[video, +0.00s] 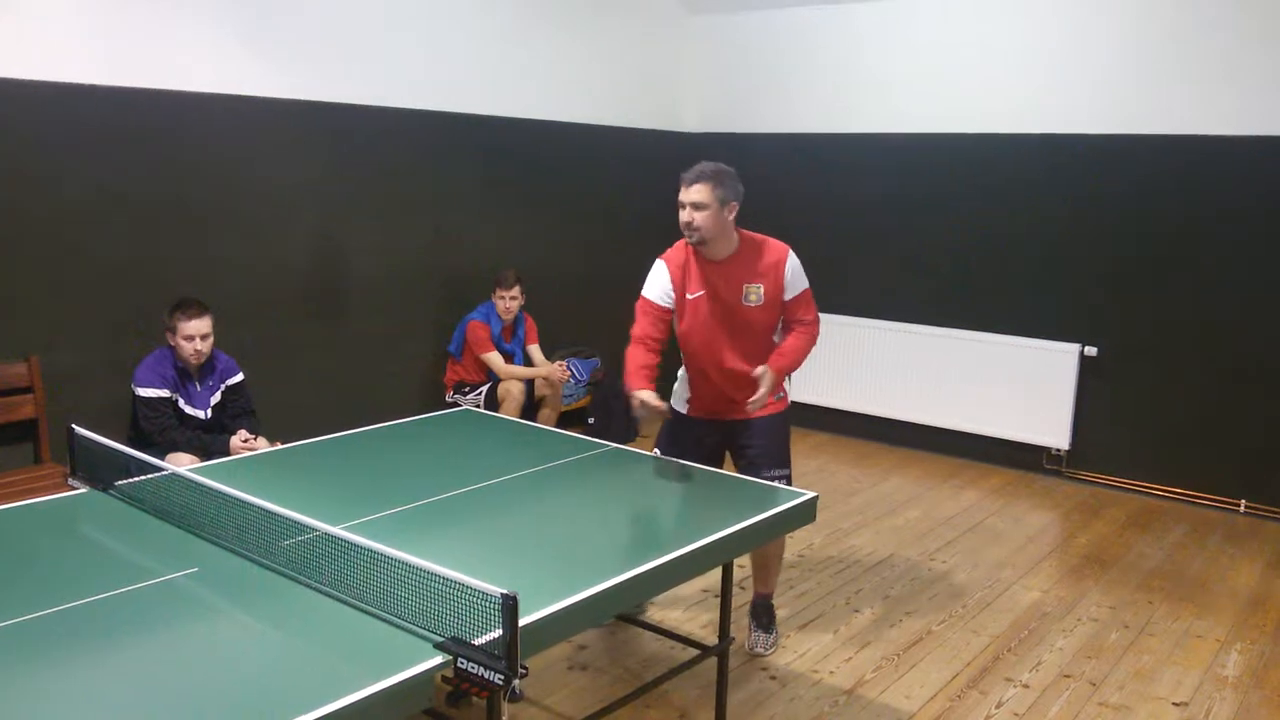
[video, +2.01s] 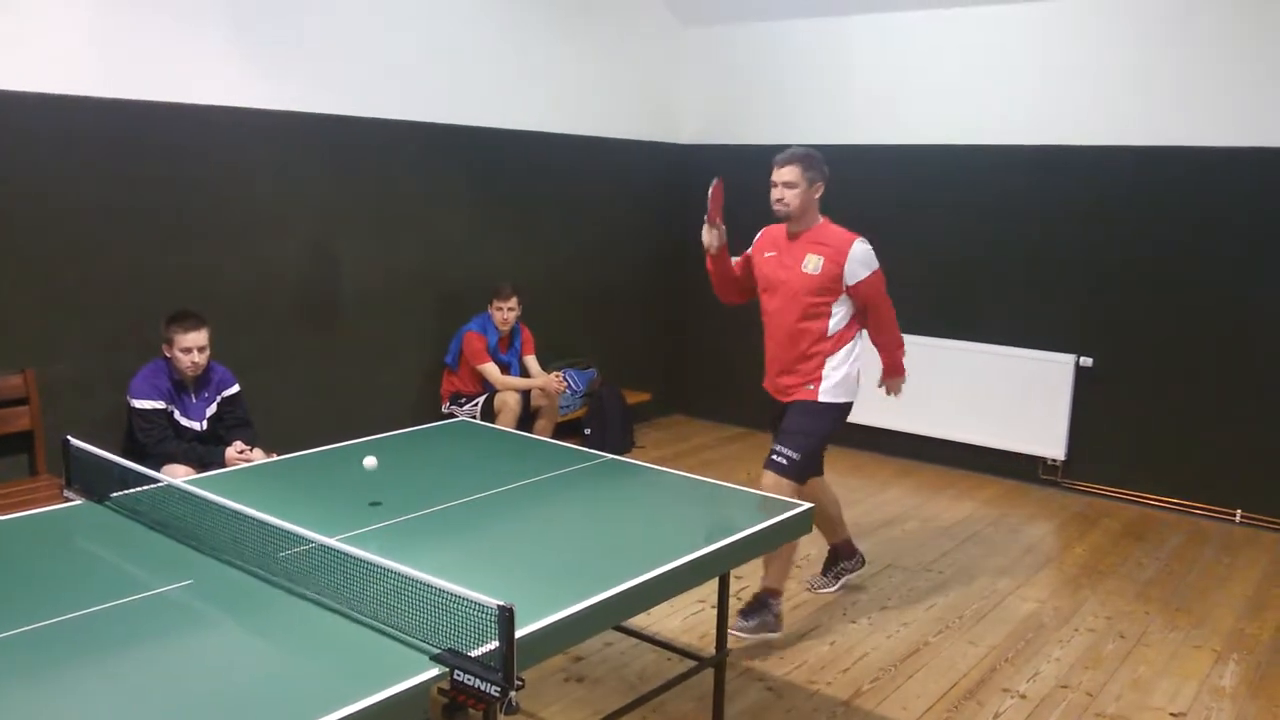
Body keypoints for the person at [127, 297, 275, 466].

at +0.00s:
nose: (198, 347)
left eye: (205, 338)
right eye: (189, 339)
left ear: (213, 335)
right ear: (171, 338)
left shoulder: (225, 367)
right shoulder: (151, 374)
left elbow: (241, 414)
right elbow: (163, 436)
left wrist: (243, 433)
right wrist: (225, 445)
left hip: (215, 443)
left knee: (261, 447)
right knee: (186, 463)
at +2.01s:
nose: (196, 359)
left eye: (202, 350)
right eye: (186, 351)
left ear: (209, 348)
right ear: (167, 351)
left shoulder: (221, 378)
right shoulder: (146, 385)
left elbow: (238, 424)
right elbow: (158, 447)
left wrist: (239, 443)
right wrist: (221, 456)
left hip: (212, 454)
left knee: (258, 459)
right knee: (182, 475)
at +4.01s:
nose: (212, 346)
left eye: (216, 337)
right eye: (201, 339)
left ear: (221, 337)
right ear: (179, 342)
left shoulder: (230, 368)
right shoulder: (157, 377)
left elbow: (249, 416)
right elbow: (169, 438)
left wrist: (248, 435)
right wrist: (230, 446)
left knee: (265, 448)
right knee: (190, 465)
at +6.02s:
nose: (213, 353)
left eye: (216, 344)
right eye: (203, 347)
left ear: (221, 341)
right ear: (179, 347)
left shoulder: (229, 373)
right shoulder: (154, 380)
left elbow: (245, 421)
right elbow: (167, 442)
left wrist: (246, 439)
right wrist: (227, 450)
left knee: (264, 453)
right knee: (189, 469)